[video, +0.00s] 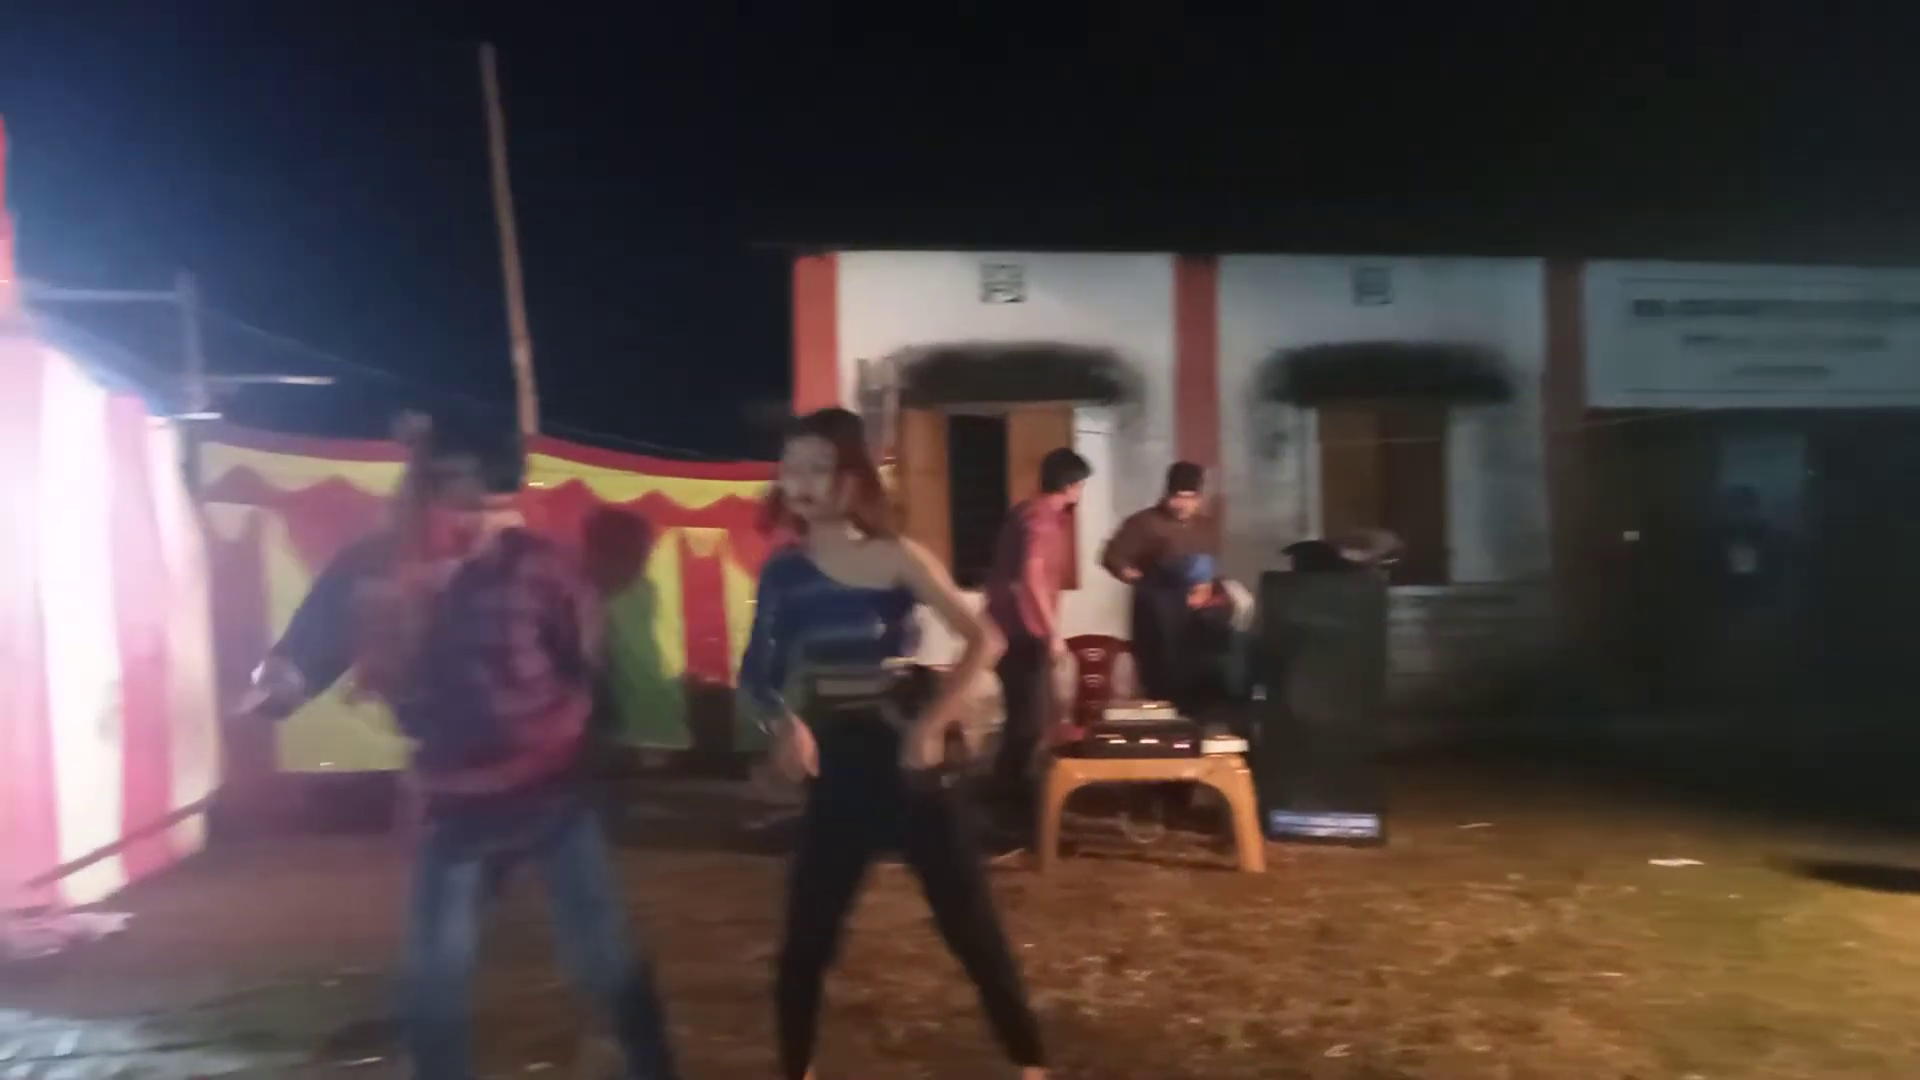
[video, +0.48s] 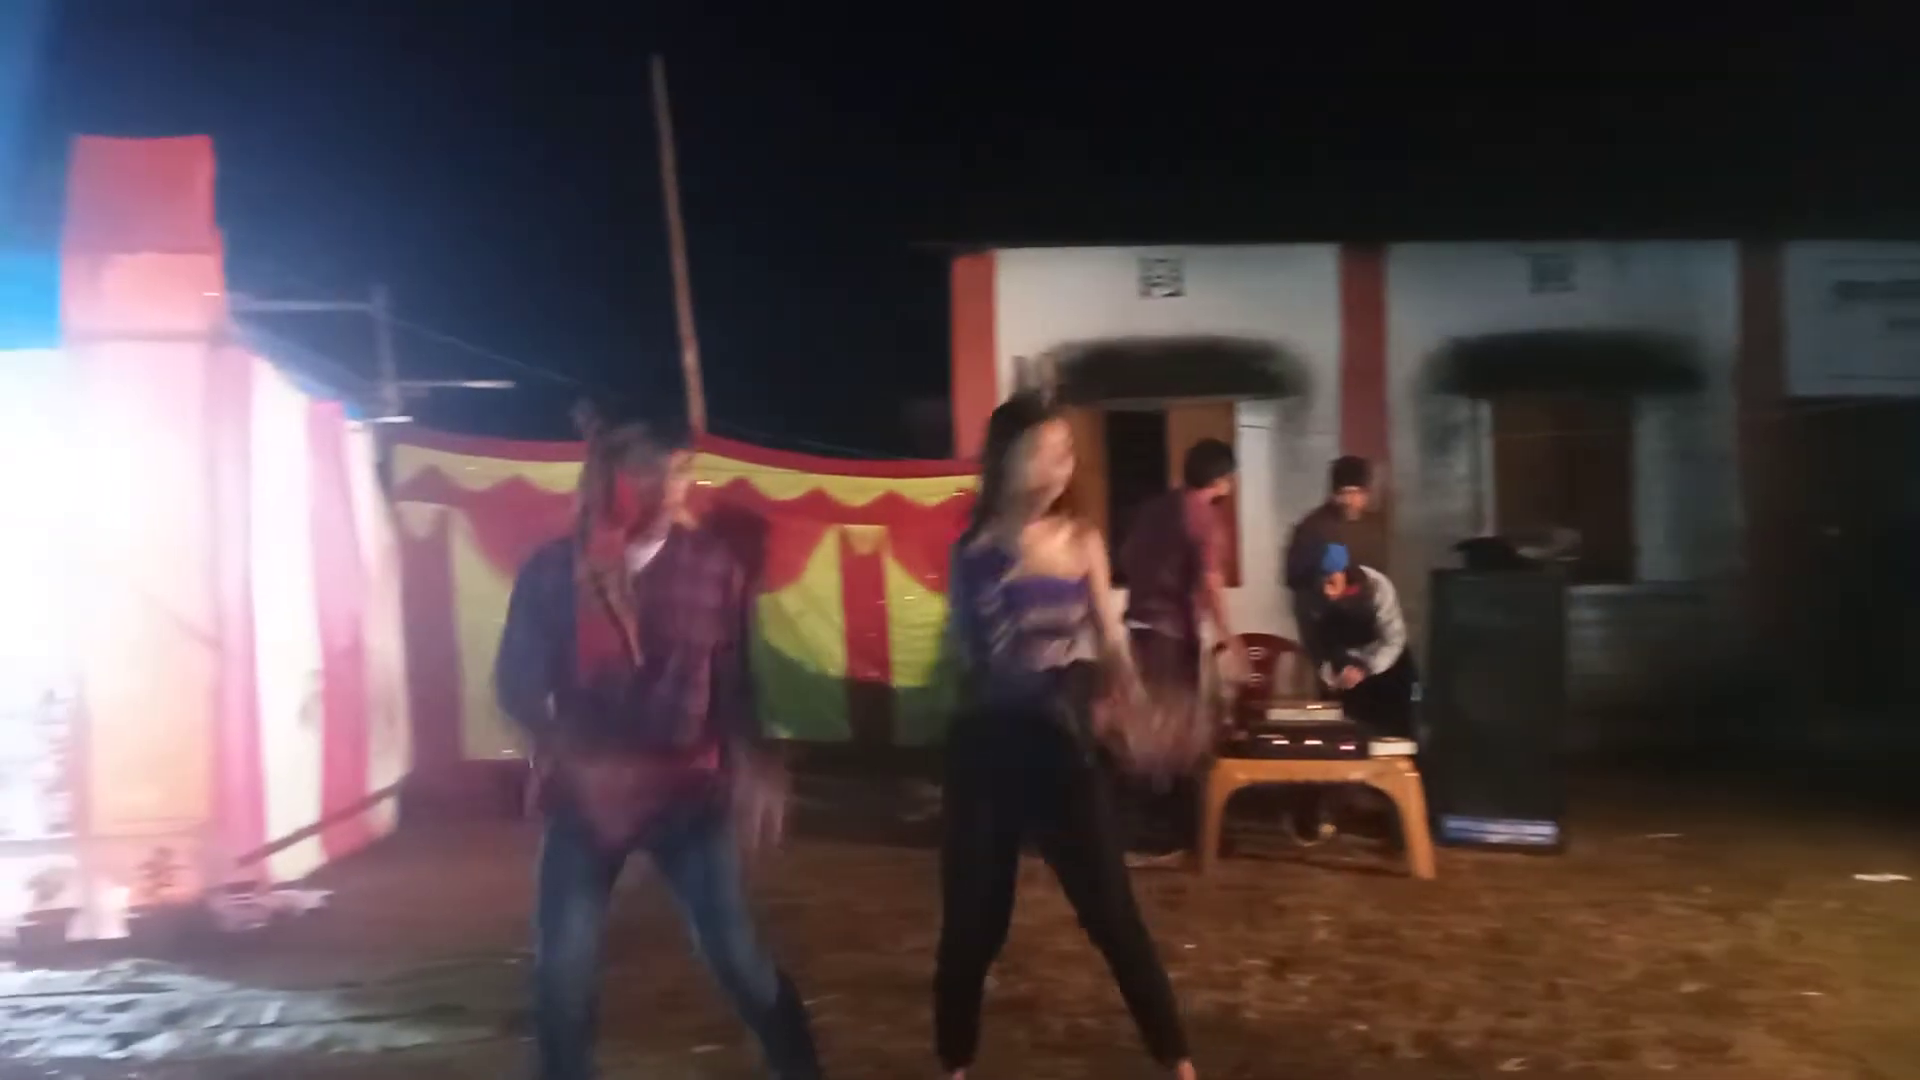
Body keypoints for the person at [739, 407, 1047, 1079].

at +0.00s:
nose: (802, 483)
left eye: (820, 468)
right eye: (792, 467)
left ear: (853, 476)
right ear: (780, 476)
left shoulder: (898, 557)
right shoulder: (784, 571)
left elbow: (983, 638)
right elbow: (753, 674)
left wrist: (935, 720)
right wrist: (785, 722)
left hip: (905, 745)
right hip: (832, 755)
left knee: (966, 917)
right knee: (807, 935)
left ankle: (1031, 1062)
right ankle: (794, 1066)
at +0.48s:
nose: (1059, 465)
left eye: (1064, 451)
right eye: (1044, 451)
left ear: (1071, 461)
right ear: (1006, 460)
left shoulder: (1082, 539)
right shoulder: (976, 549)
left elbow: (1111, 632)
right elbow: (971, 652)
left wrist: (1135, 700)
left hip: (1064, 737)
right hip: (988, 740)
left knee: (1110, 912)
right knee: (972, 922)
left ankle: (1176, 1061)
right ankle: (955, 1064)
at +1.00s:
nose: (1183, 448)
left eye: (1184, 435)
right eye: (1172, 434)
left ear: (1172, 440)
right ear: (1135, 436)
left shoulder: (1158, 523)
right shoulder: (1092, 513)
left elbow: (1185, 609)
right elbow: (1106, 594)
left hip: (1126, 700)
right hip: (1063, 702)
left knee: (1160, 891)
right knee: (1021, 887)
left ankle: (1150, 1052)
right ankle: (923, 1045)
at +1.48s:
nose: (1097, 411)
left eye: (1111, 397)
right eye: (1084, 397)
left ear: (1134, 405)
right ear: (1064, 407)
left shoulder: (1169, 476)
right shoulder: (1050, 485)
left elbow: (1242, 557)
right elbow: (1027, 593)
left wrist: (1193, 494)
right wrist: (1022, 524)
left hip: (1168, 669)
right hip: (1089, 668)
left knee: (1193, 854)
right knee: (1059, 850)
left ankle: (1193, 1022)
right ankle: (1036, 1023)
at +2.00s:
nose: (1078, 441)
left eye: (1093, 426)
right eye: (1066, 426)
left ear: (1118, 433)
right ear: (1045, 434)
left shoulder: (1155, 498)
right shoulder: (1057, 521)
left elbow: (1185, 595)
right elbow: (1012, 612)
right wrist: (1001, 526)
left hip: (1195, 685)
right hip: (1126, 697)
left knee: (1253, 864)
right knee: (1094, 873)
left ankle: (1333, 1038)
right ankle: (1085, 1040)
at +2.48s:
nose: (1137, 408)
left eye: (1148, 395)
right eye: (1122, 399)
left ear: (1172, 409)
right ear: (1103, 419)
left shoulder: (1218, 492)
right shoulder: (1098, 494)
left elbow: (1242, 590)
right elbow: (1055, 549)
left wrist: (1222, 681)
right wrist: (1103, 473)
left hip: (1195, 678)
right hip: (1115, 672)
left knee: (1216, 858)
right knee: (1068, 847)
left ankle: (1250, 1036)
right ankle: (1024, 1018)